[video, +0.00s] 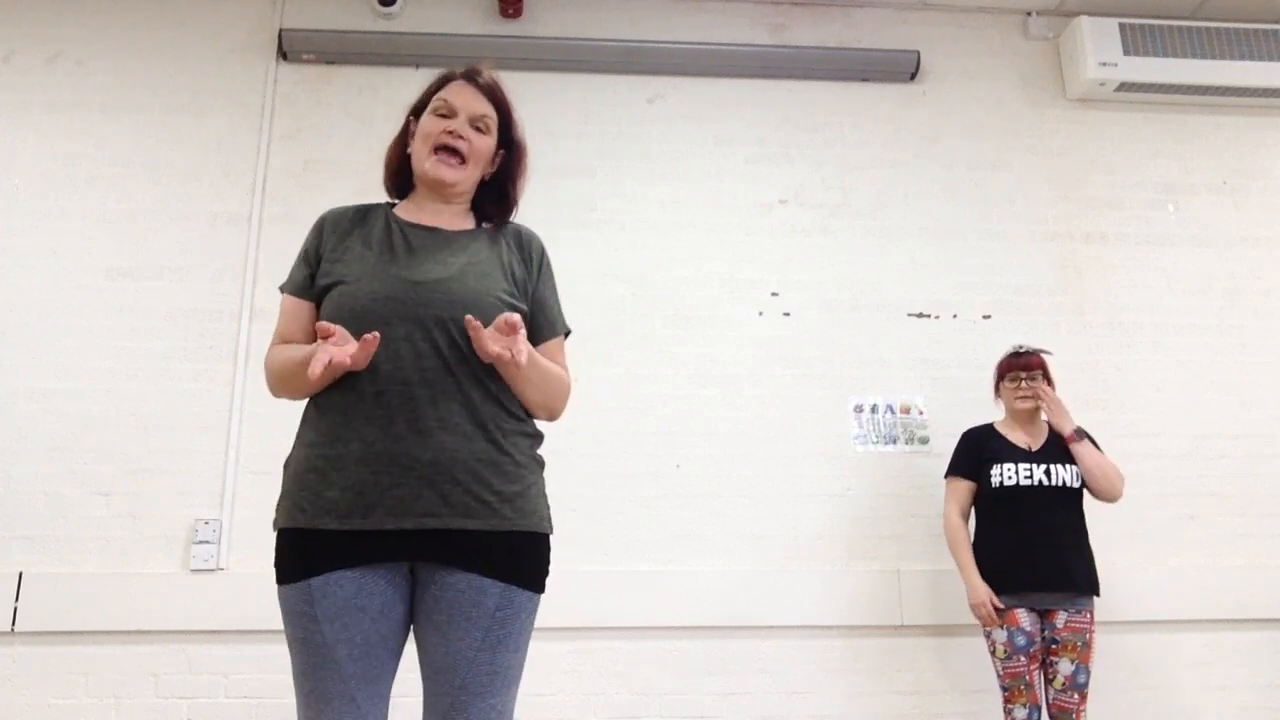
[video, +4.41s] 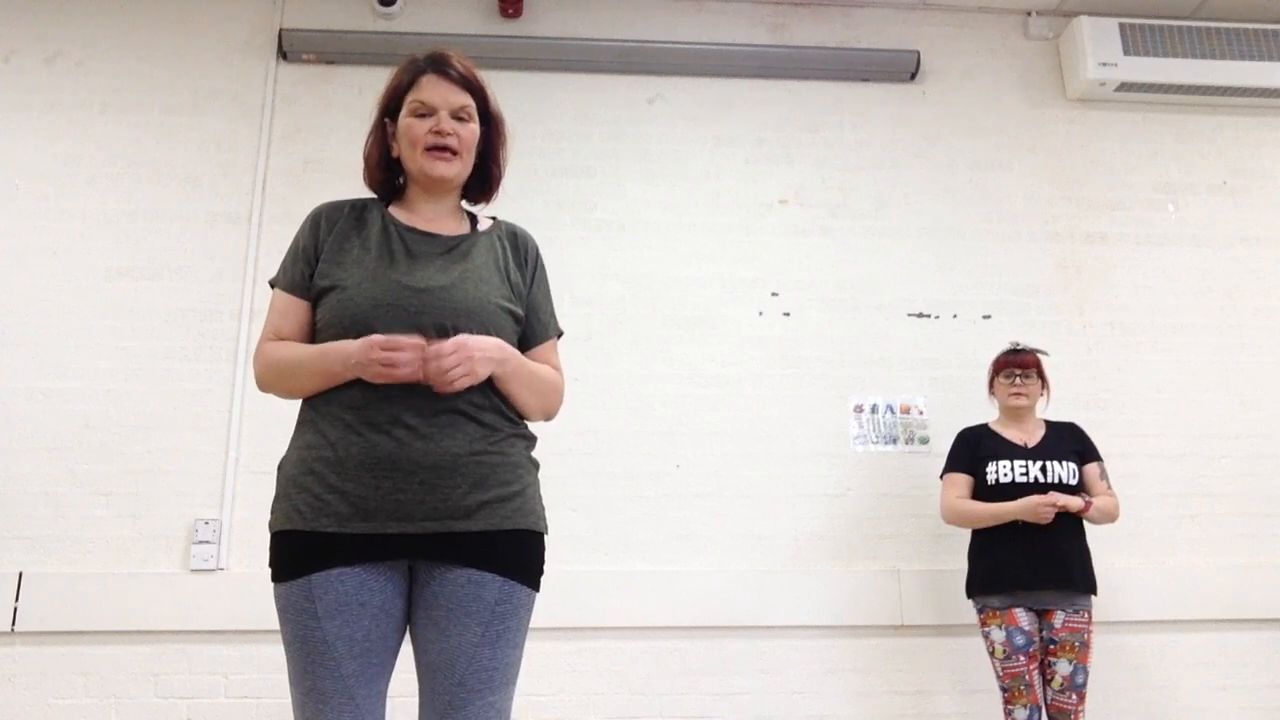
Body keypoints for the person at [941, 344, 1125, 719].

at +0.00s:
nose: (1023, 386)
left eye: (1034, 378)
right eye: (1013, 379)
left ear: (1049, 387)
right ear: (999, 389)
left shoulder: (1072, 439)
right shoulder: (978, 441)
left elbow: (1113, 489)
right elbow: (954, 517)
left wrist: (1069, 430)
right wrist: (973, 583)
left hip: (1072, 596)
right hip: (1006, 598)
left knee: (1069, 709)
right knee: (1022, 709)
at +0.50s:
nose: (1019, 384)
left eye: (1028, 376)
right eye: (1009, 378)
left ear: (1046, 387)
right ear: (997, 390)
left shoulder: (1074, 438)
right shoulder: (977, 441)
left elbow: (1113, 510)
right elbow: (953, 515)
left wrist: (1089, 456)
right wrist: (961, 583)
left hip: (1070, 596)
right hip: (1004, 598)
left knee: (1068, 709)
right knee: (1022, 709)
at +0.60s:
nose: (1016, 383)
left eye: (1026, 375)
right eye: (1007, 377)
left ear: (1044, 385)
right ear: (995, 388)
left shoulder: (1075, 436)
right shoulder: (976, 441)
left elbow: (1111, 516)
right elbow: (953, 517)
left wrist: (1106, 500)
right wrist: (965, 582)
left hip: (1071, 596)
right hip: (1004, 598)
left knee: (1067, 709)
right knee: (1021, 709)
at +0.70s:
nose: (1015, 381)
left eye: (1025, 374)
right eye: (1006, 376)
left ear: (1044, 385)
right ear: (995, 388)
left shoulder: (1075, 436)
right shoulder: (975, 441)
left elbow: (1105, 500)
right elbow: (953, 516)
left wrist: (1111, 534)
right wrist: (967, 581)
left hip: (1071, 595)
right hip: (1005, 597)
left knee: (1068, 708)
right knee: (1021, 709)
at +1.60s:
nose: (1039, 393)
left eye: (1047, 385)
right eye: (1029, 384)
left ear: (1056, 390)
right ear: (1004, 386)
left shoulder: (1074, 436)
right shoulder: (976, 441)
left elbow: (1108, 497)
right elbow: (949, 510)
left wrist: (1103, 515)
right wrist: (994, 539)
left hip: (1074, 592)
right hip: (1009, 594)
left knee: (1074, 705)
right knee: (1030, 707)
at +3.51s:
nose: (1022, 384)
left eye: (1032, 377)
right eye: (1012, 377)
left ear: (1045, 388)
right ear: (996, 387)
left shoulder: (1074, 436)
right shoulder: (975, 441)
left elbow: (1113, 508)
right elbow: (955, 510)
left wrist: (1084, 505)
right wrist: (1021, 508)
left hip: (1072, 592)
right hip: (1005, 594)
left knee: (1070, 707)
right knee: (1025, 708)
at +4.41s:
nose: (1018, 382)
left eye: (1027, 376)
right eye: (1008, 376)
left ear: (1042, 387)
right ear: (992, 388)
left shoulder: (1071, 435)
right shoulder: (972, 440)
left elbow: (1110, 508)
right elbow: (952, 509)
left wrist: (1082, 504)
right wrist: (1019, 508)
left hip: (1069, 591)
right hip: (1001, 593)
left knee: (1068, 706)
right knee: (1023, 708)